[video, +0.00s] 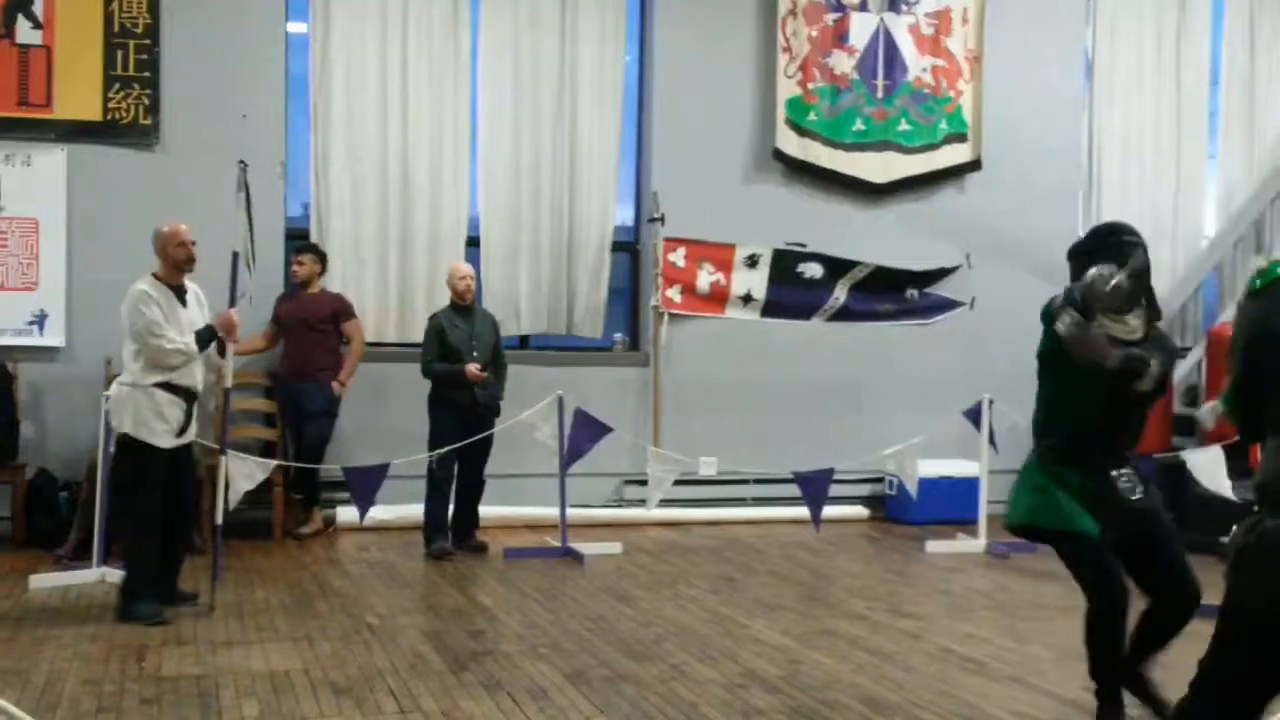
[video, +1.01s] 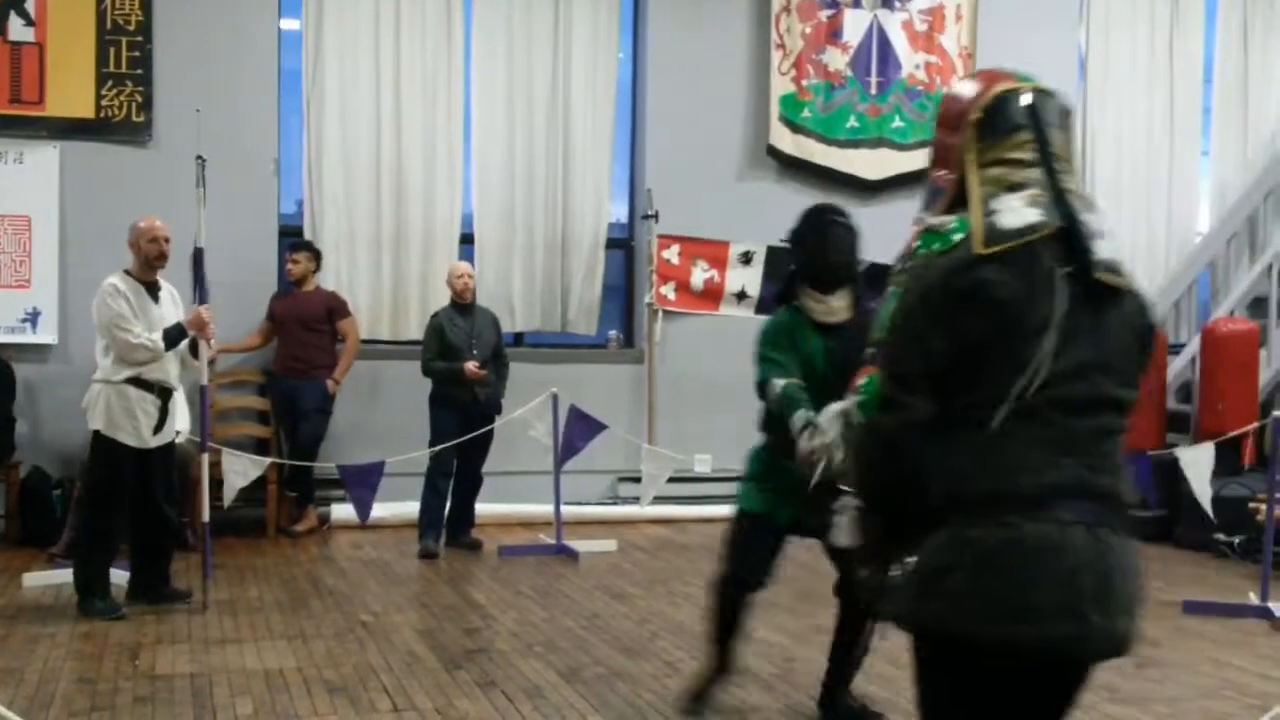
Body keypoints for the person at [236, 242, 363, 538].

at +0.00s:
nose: (295, 268)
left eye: (302, 263)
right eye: (294, 263)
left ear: (319, 268)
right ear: (293, 268)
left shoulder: (336, 303)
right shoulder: (285, 302)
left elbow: (358, 342)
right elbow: (268, 340)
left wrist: (341, 381)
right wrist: (232, 348)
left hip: (322, 385)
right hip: (289, 383)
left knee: (310, 451)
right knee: (296, 450)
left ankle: (313, 514)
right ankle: (308, 513)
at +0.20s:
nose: (294, 267)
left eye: (301, 262)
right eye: (293, 262)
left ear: (317, 267)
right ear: (292, 267)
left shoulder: (334, 302)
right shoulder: (282, 302)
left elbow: (356, 341)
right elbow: (268, 340)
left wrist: (339, 380)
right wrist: (229, 347)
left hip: (320, 385)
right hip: (287, 383)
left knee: (309, 449)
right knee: (296, 449)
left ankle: (306, 511)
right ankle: (311, 513)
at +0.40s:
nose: (292, 267)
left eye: (299, 263)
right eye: (291, 263)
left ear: (316, 267)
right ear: (289, 267)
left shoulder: (332, 302)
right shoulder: (282, 302)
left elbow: (354, 341)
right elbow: (263, 339)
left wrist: (338, 380)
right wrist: (223, 348)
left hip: (317, 385)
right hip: (285, 383)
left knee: (307, 449)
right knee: (293, 449)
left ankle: (308, 512)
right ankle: (304, 511)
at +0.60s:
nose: (292, 268)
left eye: (299, 263)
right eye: (291, 263)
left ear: (316, 267)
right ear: (290, 267)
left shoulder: (333, 302)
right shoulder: (282, 302)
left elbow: (355, 341)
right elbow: (263, 340)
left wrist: (338, 380)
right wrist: (224, 349)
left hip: (318, 385)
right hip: (285, 383)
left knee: (307, 449)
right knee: (293, 449)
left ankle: (308, 512)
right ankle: (306, 512)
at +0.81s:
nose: (291, 267)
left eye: (298, 263)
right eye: (290, 262)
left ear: (315, 267)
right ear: (289, 266)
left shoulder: (332, 302)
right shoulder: (280, 302)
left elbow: (354, 339)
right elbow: (262, 339)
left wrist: (337, 379)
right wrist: (224, 349)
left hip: (317, 384)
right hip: (284, 382)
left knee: (306, 448)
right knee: (292, 448)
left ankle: (307, 511)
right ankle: (305, 511)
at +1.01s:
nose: (289, 266)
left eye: (296, 262)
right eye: (288, 262)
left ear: (314, 266)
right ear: (288, 265)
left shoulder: (330, 301)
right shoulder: (280, 301)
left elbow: (352, 339)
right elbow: (260, 338)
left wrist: (336, 379)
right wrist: (222, 348)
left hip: (316, 384)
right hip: (282, 383)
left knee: (305, 448)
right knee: (292, 448)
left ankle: (304, 510)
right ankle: (305, 510)